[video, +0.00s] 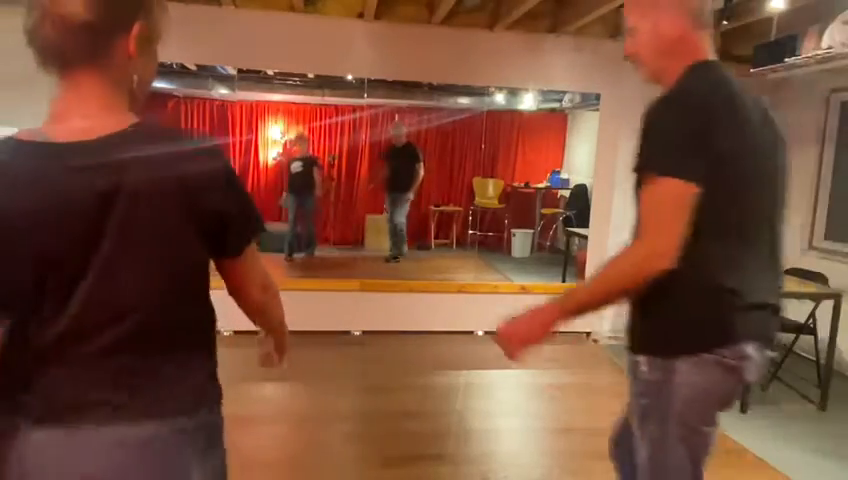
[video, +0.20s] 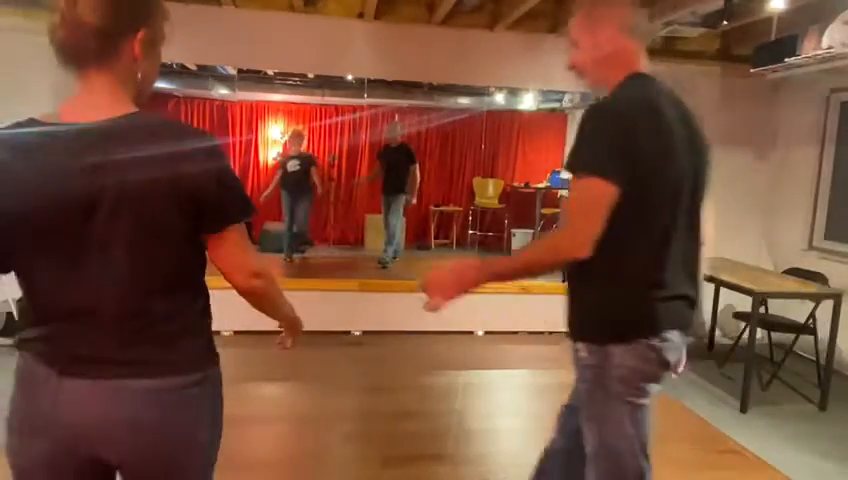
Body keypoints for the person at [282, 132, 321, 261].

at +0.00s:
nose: (301, 147)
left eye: (303, 144)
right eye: (299, 144)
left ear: (307, 145)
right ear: (295, 146)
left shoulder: (312, 160)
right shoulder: (291, 161)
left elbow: (317, 176)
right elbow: (288, 180)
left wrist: (318, 189)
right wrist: (285, 194)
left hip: (308, 193)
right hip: (293, 193)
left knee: (309, 221)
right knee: (292, 222)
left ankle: (310, 248)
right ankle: (289, 251)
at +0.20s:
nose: (295, 146)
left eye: (298, 142)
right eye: (293, 142)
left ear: (302, 143)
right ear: (289, 143)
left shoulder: (308, 158)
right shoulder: (285, 159)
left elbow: (314, 173)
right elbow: (277, 178)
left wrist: (319, 186)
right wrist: (267, 192)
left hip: (304, 192)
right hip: (287, 192)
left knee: (301, 222)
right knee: (288, 222)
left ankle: (300, 248)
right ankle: (288, 252)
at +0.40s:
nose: (293, 143)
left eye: (296, 140)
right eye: (291, 139)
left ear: (300, 141)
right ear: (288, 141)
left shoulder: (307, 159)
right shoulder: (283, 160)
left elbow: (314, 175)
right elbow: (274, 175)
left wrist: (320, 187)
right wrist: (264, 187)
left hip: (302, 194)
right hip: (286, 194)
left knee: (297, 222)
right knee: (287, 223)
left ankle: (296, 252)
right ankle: (287, 251)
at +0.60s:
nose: (294, 142)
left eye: (296, 139)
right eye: (292, 139)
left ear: (299, 140)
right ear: (288, 140)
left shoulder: (306, 159)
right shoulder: (281, 160)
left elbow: (315, 176)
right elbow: (274, 176)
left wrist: (323, 189)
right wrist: (268, 187)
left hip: (301, 195)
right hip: (285, 195)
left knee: (296, 225)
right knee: (287, 225)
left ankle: (293, 254)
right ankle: (288, 253)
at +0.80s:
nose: (296, 142)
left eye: (298, 138)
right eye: (293, 138)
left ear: (301, 140)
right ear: (288, 140)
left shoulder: (305, 158)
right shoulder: (280, 160)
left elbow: (315, 176)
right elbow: (274, 181)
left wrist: (324, 187)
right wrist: (272, 198)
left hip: (301, 195)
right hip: (283, 195)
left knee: (298, 223)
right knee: (284, 222)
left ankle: (299, 247)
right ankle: (283, 248)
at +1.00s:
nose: (296, 141)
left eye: (298, 138)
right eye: (294, 138)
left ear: (299, 139)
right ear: (288, 138)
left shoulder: (304, 158)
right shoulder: (277, 157)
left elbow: (313, 176)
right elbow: (272, 178)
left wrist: (324, 186)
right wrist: (269, 194)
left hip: (300, 198)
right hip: (281, 197)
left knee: (298, 231)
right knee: (281, 231)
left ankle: (295, 266)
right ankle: (280, 268)